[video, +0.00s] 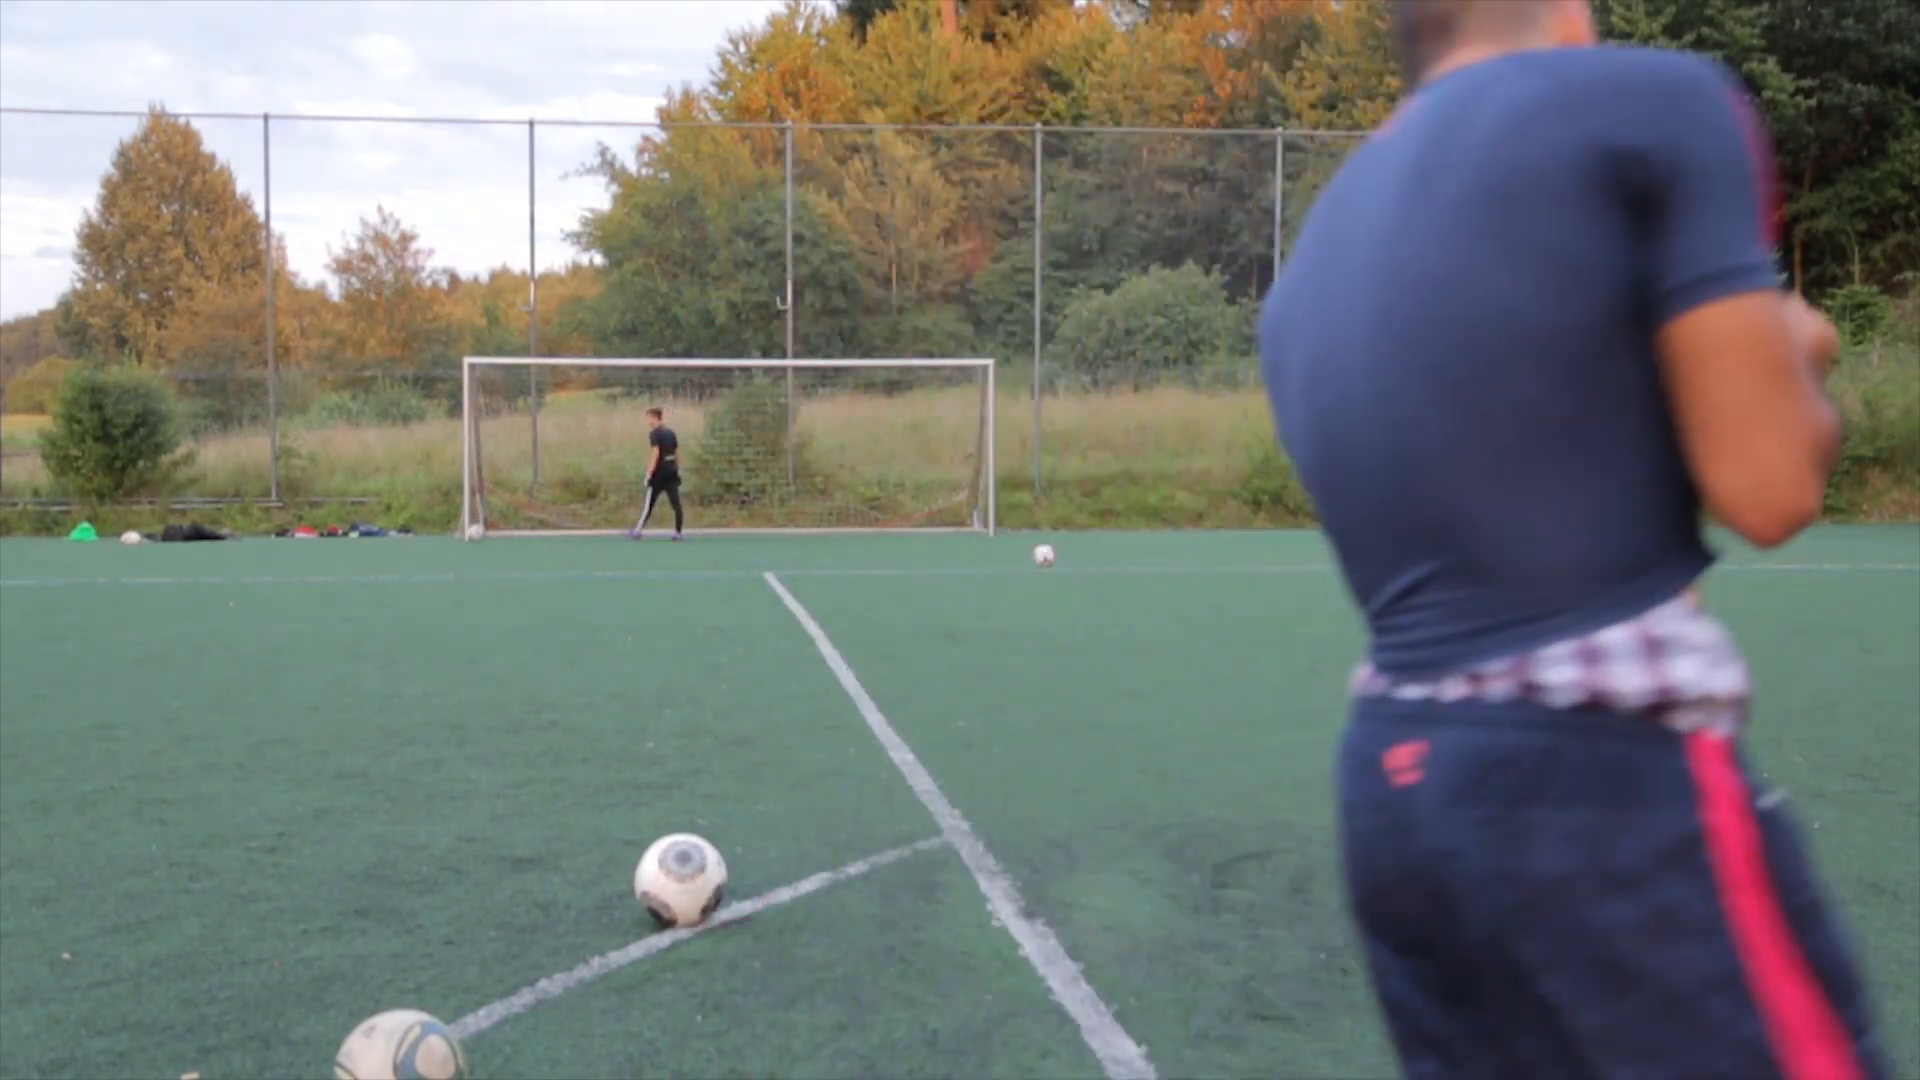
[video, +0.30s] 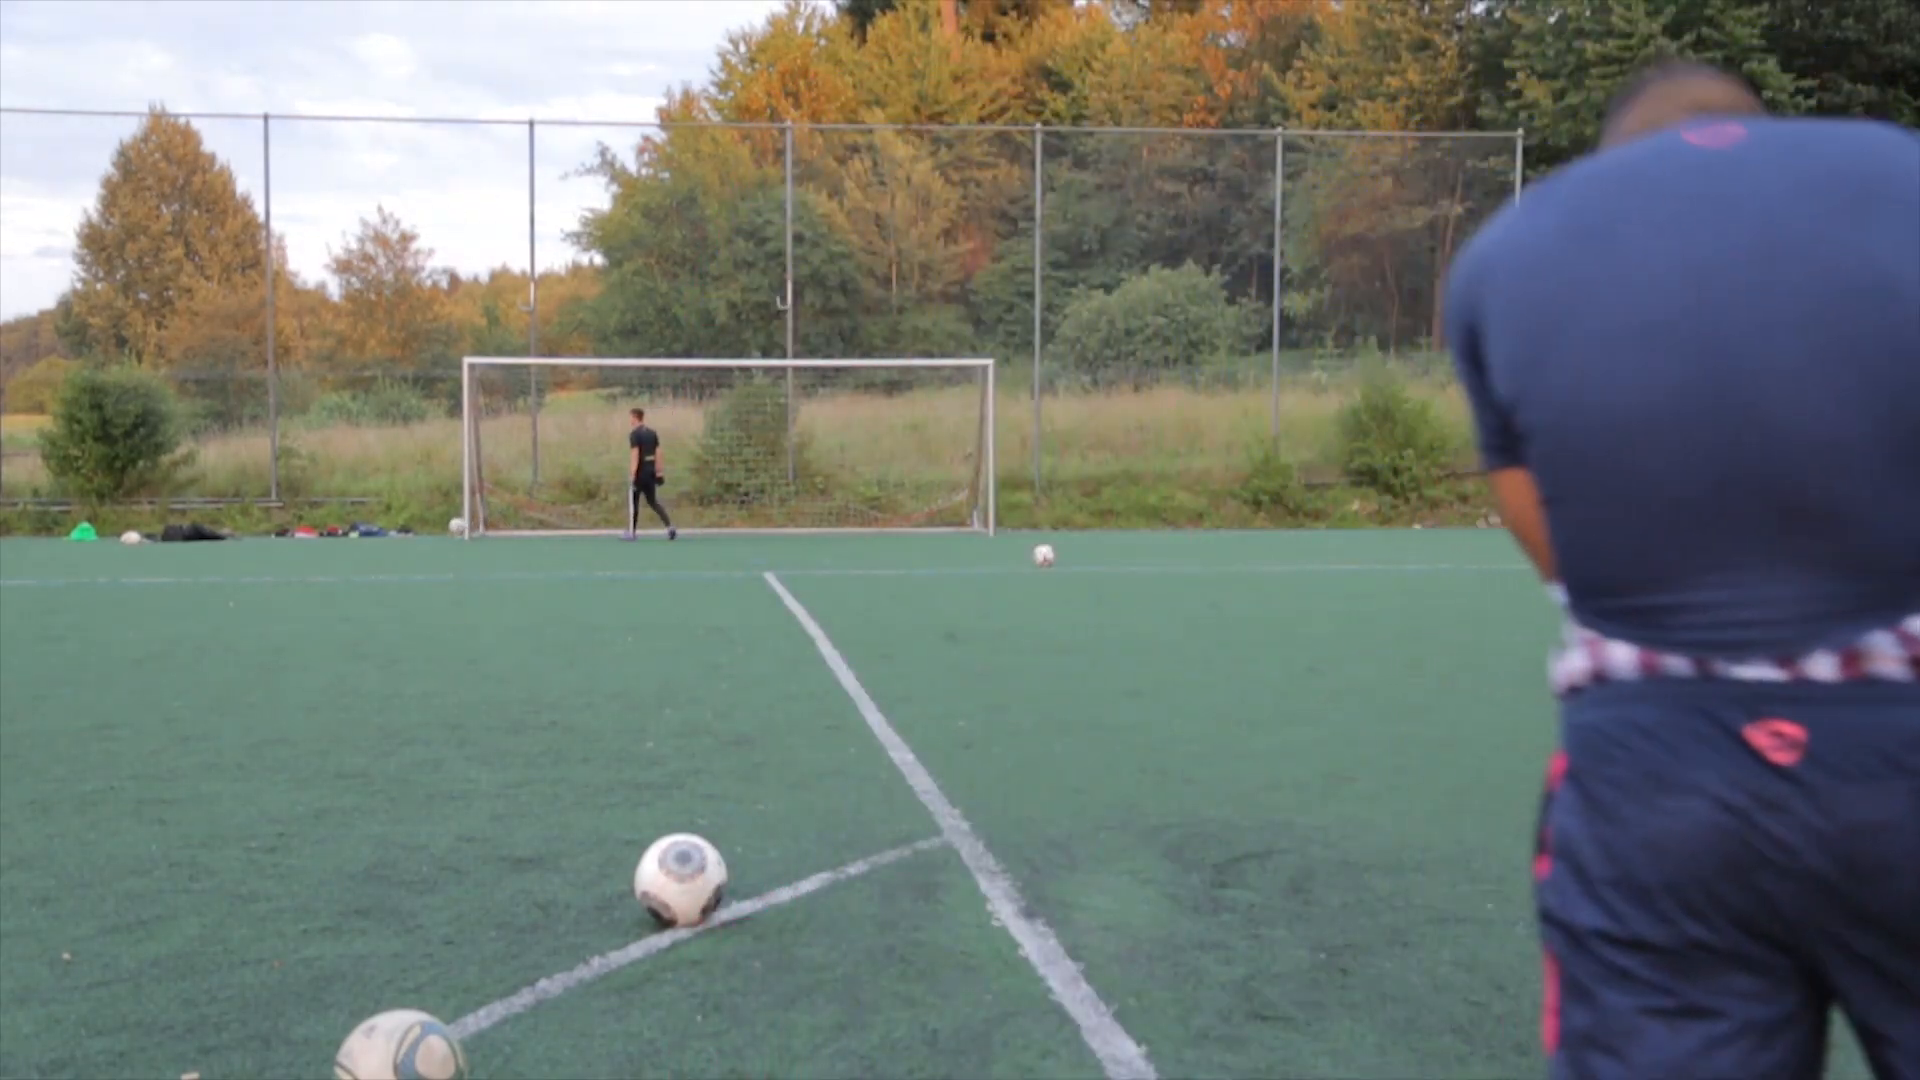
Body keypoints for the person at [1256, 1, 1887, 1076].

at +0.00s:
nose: (1600, 22)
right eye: (1593, 14)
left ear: (1416, 41)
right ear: (1570, 9)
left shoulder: (1321, 234)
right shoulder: (1651, 96)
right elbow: (1768, 494)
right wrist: (1794, 357)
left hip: (1395, 767)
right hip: (1612, 768)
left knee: (1475, 1065)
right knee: (1802, 1062)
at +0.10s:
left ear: (1518, 40)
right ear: (1661, 16)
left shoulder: (1360, 224)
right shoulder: (1773, 82)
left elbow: (1449, 507)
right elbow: (1852, 473)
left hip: (1477, 741)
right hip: (1735, 711)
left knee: (1546, 1055)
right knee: (1854, 1047)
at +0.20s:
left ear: (1574, 88)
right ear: (1718, 66)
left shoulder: (1425, 228)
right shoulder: (1870, 125)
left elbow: (1470, 510)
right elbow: (1880, 490)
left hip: (1564, 740)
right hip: (1849, 717)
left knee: (1597, 1055)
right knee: (1893, 1045)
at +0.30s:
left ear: (1609, 153)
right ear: (1761, 122)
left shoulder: (1506, 252)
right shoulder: (1898, 167)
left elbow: (1550, 544)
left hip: (1641, 751)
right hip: (1898, 726)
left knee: (1648, 1056)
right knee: (1913, 1044)